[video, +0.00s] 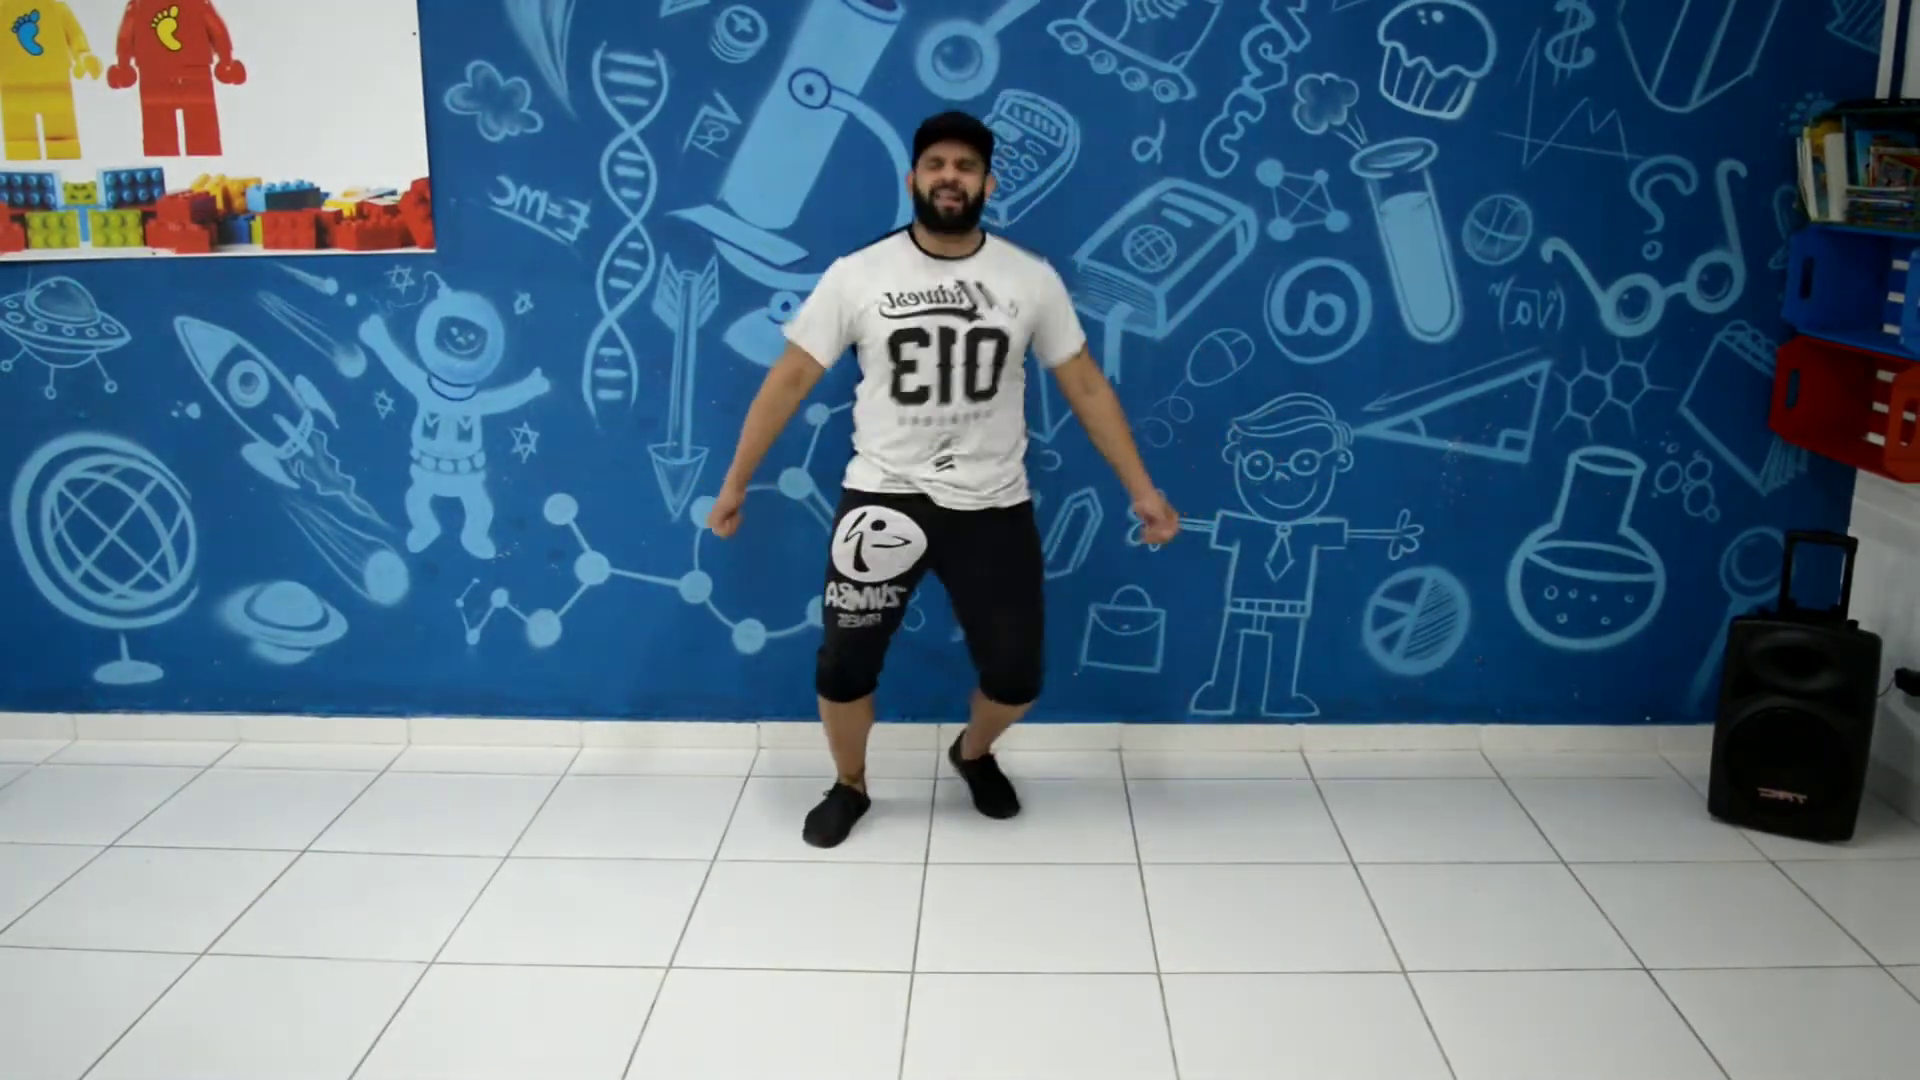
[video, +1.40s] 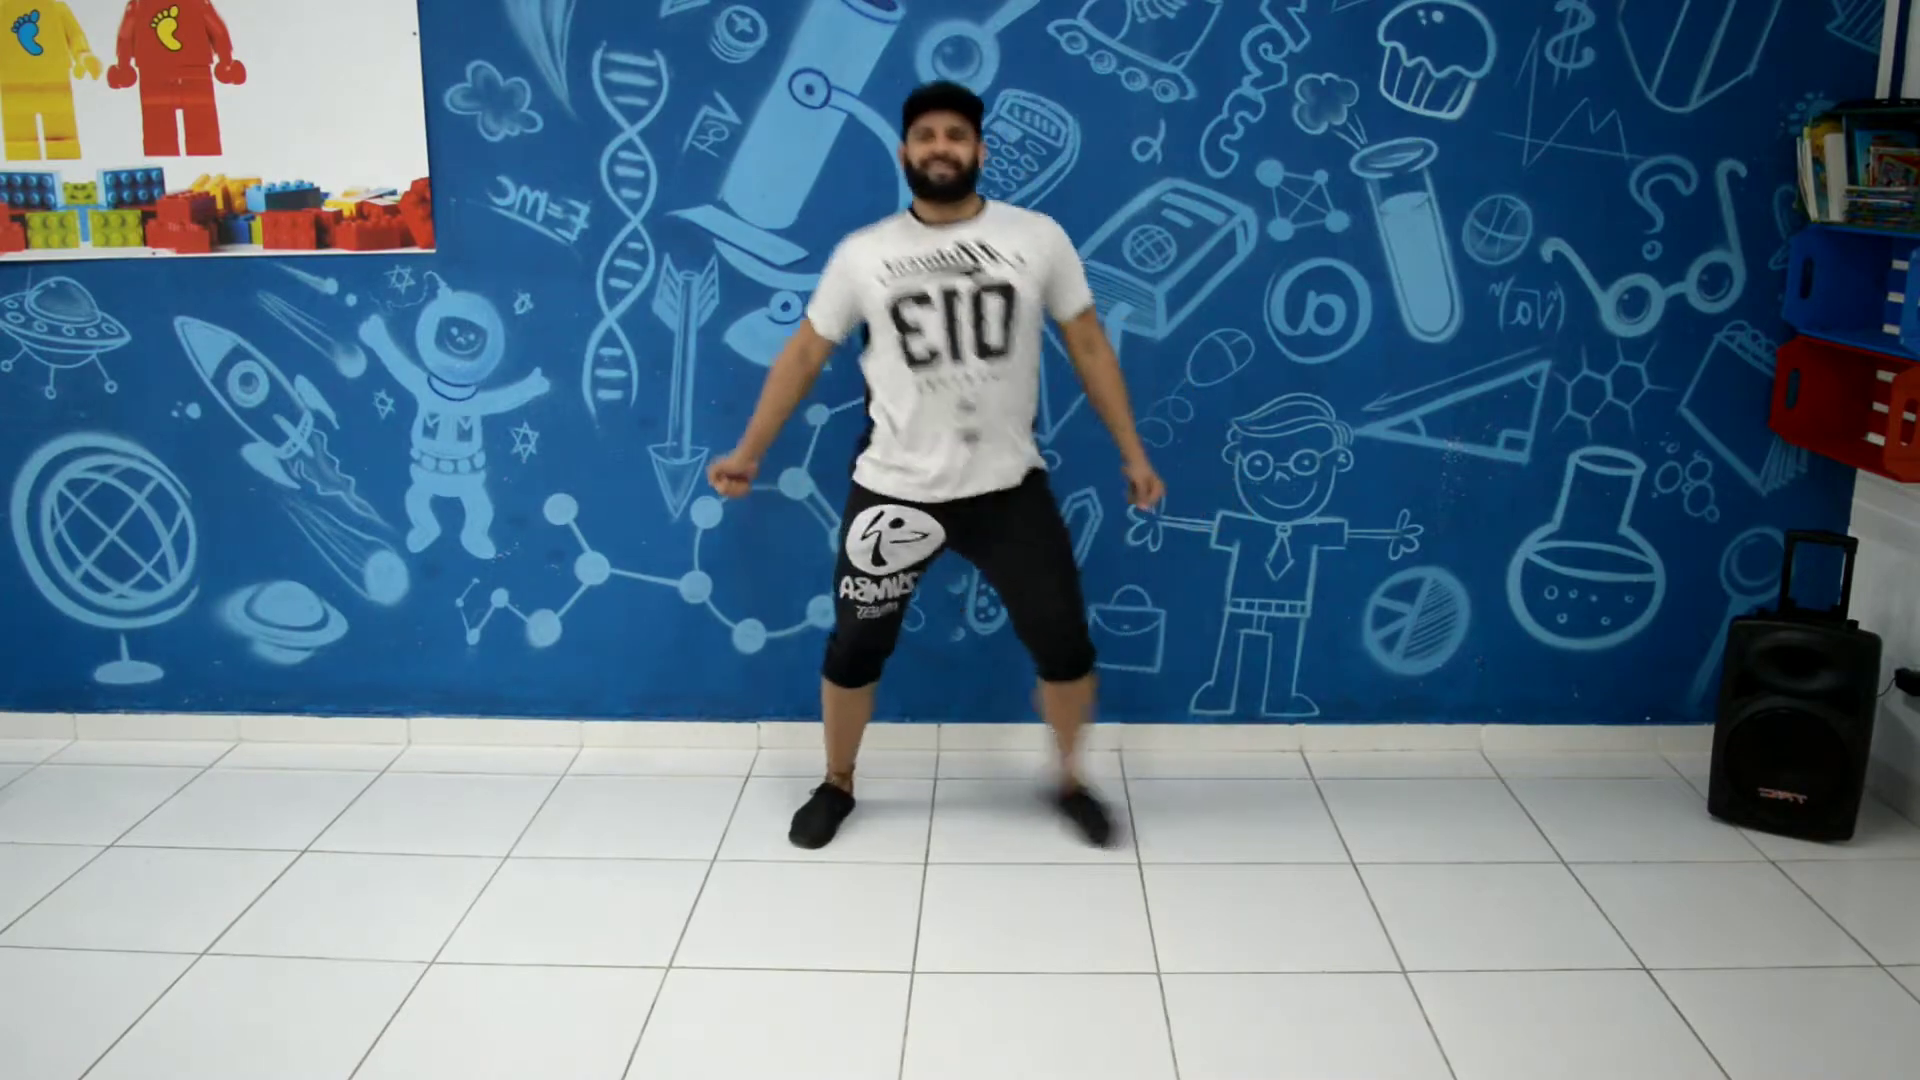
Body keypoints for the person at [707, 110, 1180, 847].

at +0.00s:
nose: (950, 179)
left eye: (966, 167)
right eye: (936, 165)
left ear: (986, 183)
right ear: (913, 178)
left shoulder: (1032, 281)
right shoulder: (856, 278)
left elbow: (1088, 387)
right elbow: (790, 378)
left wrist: (1142, 488)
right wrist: (735, 484)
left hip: (993, 501)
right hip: (884, 494)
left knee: (1016, 676)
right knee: (845, 661)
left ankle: (973, 754)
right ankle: (850, 786)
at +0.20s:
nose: (969, 138)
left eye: (986, 131)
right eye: (957, 125)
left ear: (1004, 152)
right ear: (929, 137)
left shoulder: (1044, 241)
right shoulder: (867, 241)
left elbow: (1089, 353)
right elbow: (809, 347)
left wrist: (1130, 456)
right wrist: (758, 454)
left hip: (1015, 481)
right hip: (897, 482)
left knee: (1065, 640)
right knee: (859, 645)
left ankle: (1070, 773)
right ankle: (850, 783)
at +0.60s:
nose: (1035, 141)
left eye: (1051, 129)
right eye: (1020, 129)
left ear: (1073, 144)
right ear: (996, 143)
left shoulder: (1124, 232)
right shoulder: (953, 253)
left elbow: (1163, 343)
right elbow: (894, 359)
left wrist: (1199, 449)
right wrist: (844, 467)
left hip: (1098, 479)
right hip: (984, 479)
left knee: (1132, 641)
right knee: (937, 644)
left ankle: (1141, 789)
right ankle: (942, 763)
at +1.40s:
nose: (941, 147)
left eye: (957, 136)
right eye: (925, 136)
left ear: (980, 152)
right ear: (904, 154)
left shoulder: (1037, 240)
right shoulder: (862, 258)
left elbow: (1089, 345)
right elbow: (803, 354)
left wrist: (1133, 451)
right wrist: (748, 452)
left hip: (1007, 482)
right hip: (893, 485)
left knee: (1066, 645)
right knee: (856, 646)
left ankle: (1071, 781)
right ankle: (836, 784)